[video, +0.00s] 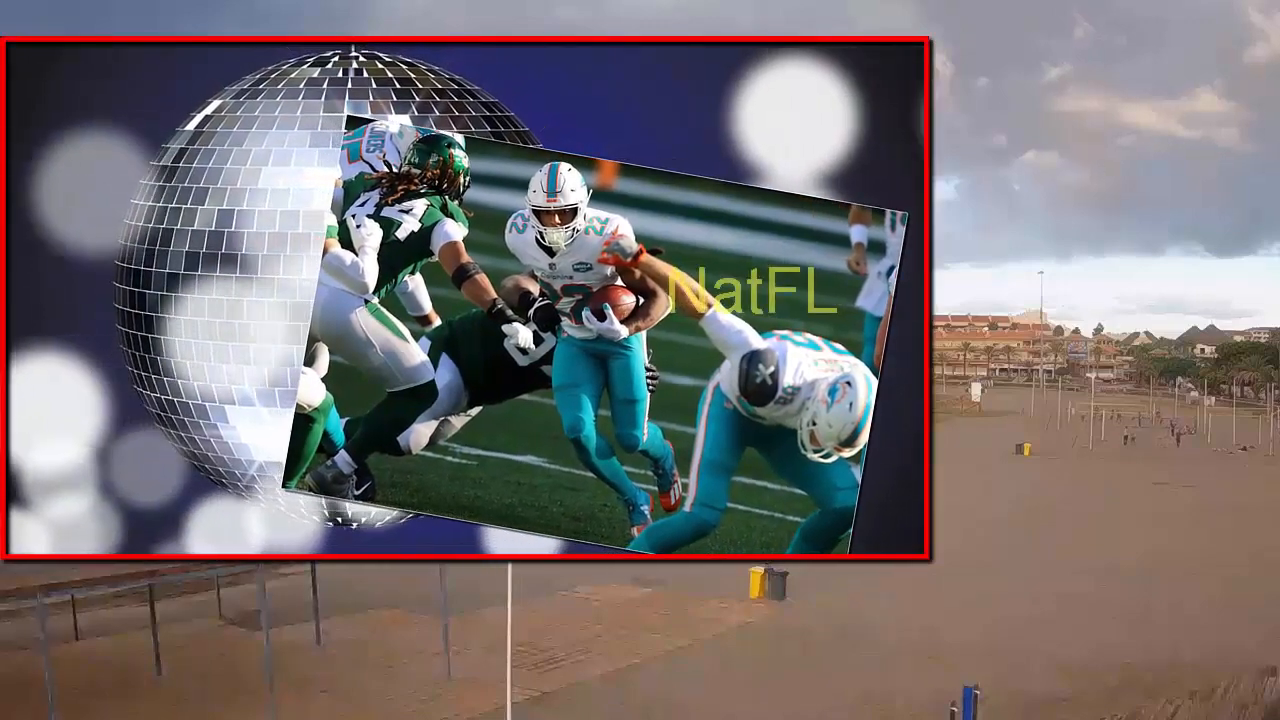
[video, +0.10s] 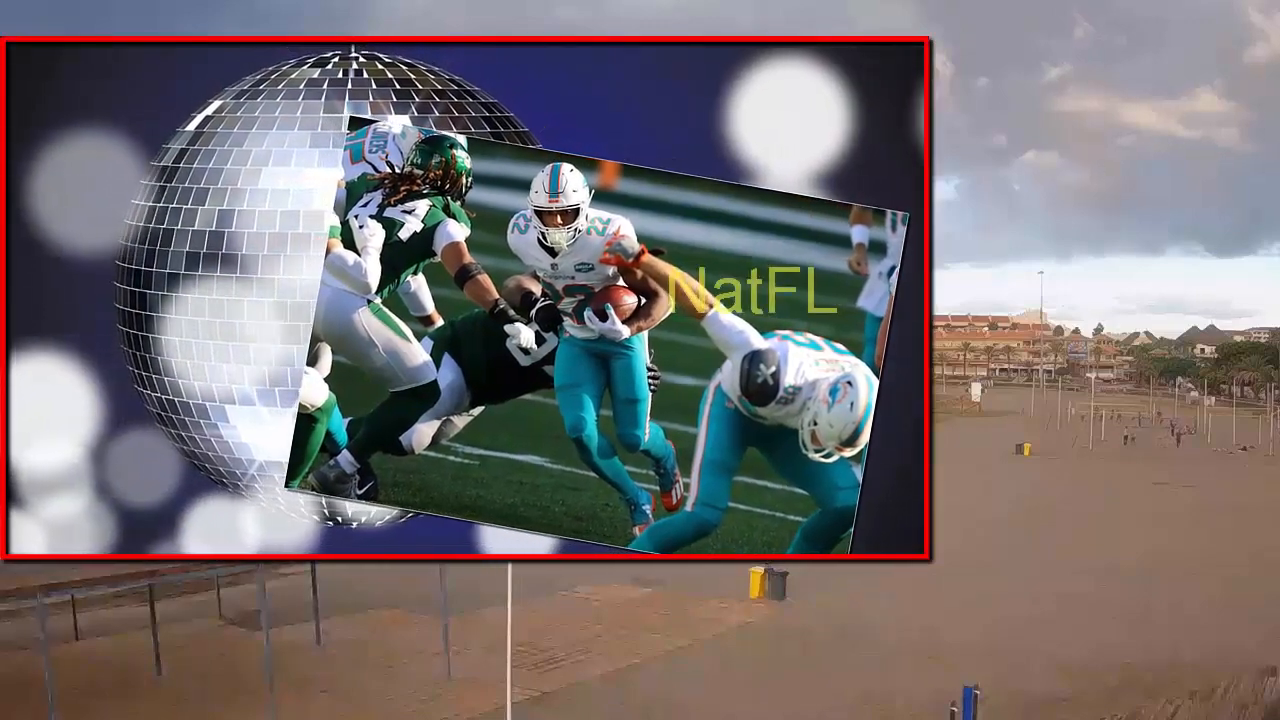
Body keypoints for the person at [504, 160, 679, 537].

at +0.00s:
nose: (554, 221)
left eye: (563, 213)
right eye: (545, 213)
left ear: (580, 206)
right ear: (533, 209)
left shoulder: (612, 234)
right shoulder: (519, 233)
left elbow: (660, 296)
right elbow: (543, 274)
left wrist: (628, 329)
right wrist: (542, 305)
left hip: (623, 341)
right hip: (573, 340)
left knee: (630, 438)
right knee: (578, 432)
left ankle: (664, 463)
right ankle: (636, 501)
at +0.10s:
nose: (556, 222)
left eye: (565, 213)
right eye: (547, 214)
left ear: (582, 207)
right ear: (535, 209)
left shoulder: (614, 234)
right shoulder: (520, 233)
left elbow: (663, 297)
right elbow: (548, 275)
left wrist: (629, 329)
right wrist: (551, 304)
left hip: (625, 341)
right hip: (575, 340)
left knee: (632, 437)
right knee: (580, 431)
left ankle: (666, 463)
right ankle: (637, 501)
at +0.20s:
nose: (557, 223)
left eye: (566, 214)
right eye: (549, 215)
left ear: (584, 208)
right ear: (537, 210)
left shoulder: (616, 235)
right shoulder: (522, 234)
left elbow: (665, 297)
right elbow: (551, 276)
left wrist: (631, 330)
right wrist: (555, 305)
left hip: (627, 341)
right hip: (577, 340)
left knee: (634, 437)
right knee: (581, 430)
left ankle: (668, 463)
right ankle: (639, 500)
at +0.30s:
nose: (560, 223)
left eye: (569, 214)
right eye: (551, 215)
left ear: (586, 208)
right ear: (539, 210)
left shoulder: (617, 235)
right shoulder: (525, 234)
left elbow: (666, 299)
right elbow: (552, 276)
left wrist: (632, 330)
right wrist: (558, 305)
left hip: (629, 341)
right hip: (579, 340)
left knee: (635, 436)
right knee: (583, 431)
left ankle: (670, 463)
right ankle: (641, 500)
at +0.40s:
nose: (562, 223)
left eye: (571, 215)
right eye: (553, 216)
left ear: (588, 208)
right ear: (541, 211)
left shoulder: (619, 236)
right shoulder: (527, 234)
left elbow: (667, 298)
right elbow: (554, 276)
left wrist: (634, 330)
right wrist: (558, 305)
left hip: (630, 341)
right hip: (581, 341)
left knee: (637, 436)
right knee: (585, 430)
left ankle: (671, 463)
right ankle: (643, 500)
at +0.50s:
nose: (564, 224)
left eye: (572, 215)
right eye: (555, 216)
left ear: (590, 209)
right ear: (543, 211)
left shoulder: (621, 237)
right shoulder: (529, 234)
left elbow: (668, 299)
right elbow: (555, 276)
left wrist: (636, 330)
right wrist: (559, 306)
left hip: (632, 341)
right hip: (583, 340)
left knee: (639, 436)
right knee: (587, 430)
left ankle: (673, 462)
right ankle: (645, 499)